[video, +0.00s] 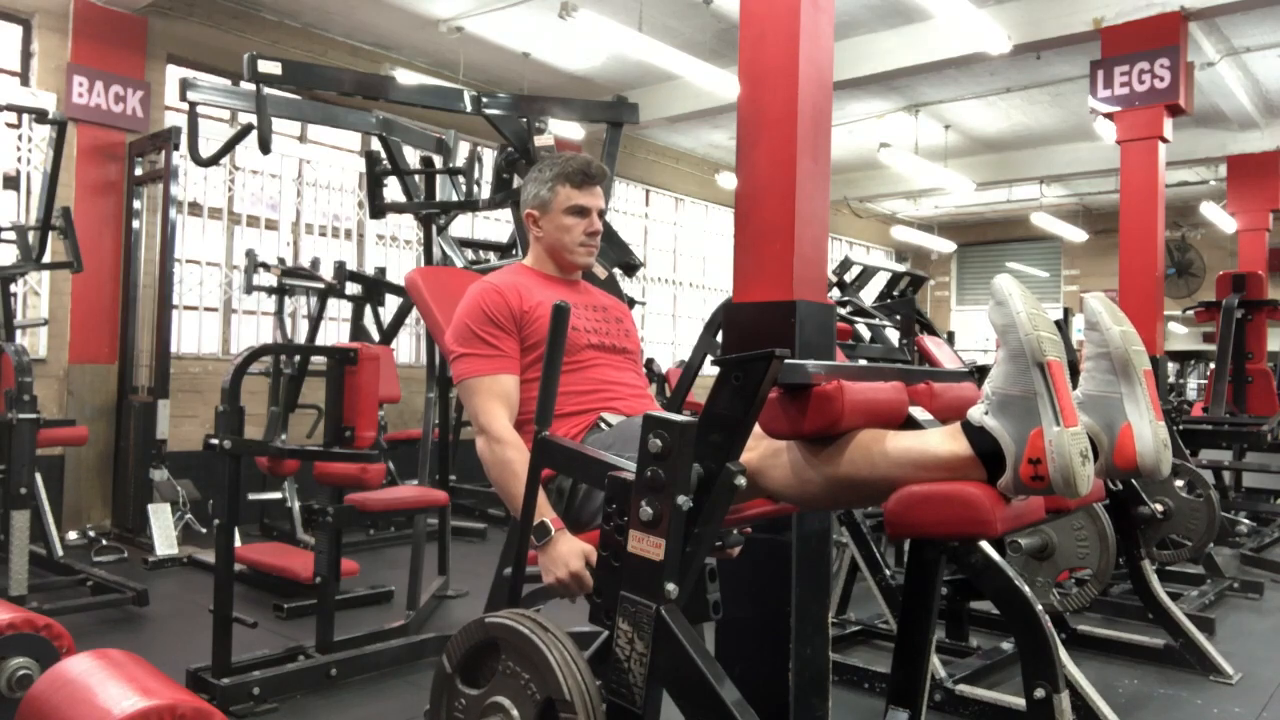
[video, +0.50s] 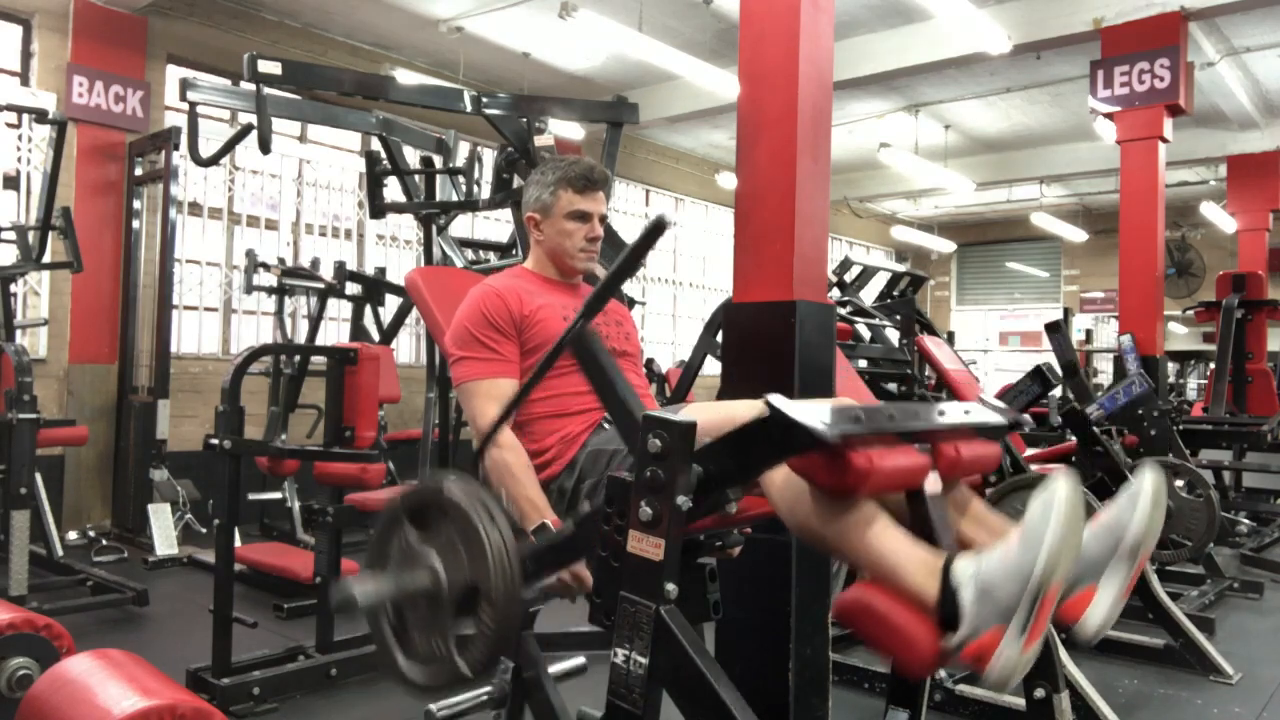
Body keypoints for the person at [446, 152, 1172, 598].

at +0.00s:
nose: (591, 228)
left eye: (597, 216)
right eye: (576, 214)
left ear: (598, 222)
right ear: (530, 216)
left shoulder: (610, 306)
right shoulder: (496, 295)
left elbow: (649, 399)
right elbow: (491, 428)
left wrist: (715, 428)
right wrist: (548, 531)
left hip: (663, 444)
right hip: (586, 465)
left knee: (828, 447)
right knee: (773, 457)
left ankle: (1075, 442)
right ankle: (987, 443)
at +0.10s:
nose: (593, 231)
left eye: (598, 219)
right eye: (578, 216)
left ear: (597, 224)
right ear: (532, 217)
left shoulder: (608, 305)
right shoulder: (496, 295)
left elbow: (647, 399)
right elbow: (491, 428)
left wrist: (712, 433)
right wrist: (547, 531)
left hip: (664, 444)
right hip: (588, 467)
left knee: (826, 444)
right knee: (776, 455)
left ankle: (1065, 452)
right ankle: (995, 450)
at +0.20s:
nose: (593, 234)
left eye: (598, 221)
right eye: (579, 219)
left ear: (597, 225)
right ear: (532, 218)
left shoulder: (607, 305)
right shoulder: (495, 297)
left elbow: (647, 398)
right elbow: (490, 429)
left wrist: (713, 428)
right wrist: (548, 531)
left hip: (659, 443)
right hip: (587, 466)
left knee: (825, 451)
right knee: (773, 452)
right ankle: (985, 466)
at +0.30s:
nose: (593, 234)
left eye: (598, 221)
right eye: (578, 219)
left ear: (598, 226)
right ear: (533, 219)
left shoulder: (608, 306)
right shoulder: (495, 298)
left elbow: (653, 398)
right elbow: (490, 429)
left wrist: (717, 421)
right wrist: (546, 533)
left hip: (656, 442)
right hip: (583, 465)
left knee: (817, 452)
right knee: (774, 455)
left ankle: (999, 501)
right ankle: (993, 504)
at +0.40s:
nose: (592, 236)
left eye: (598, 222)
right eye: (576, 222)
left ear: (600, 223)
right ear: (531, 221)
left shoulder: (603, 299)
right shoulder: (493, 302)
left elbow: (638, 401)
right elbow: (492, 437)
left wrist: (728, 411)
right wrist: (550, 531)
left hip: (654, 442)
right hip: (581, 469)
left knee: (841, 443)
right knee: (768, 443)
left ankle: (1081, 528)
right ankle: (970, 551)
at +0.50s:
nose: (594, 234)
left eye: (601, 222)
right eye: (579, 219)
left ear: (603, 228)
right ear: (533, 221)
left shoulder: (609, 306)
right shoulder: (493, 300)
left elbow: (657, 401)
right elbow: (490, 433)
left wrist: (750, 410)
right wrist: (550, 533)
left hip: (656, 444)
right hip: (591, 463)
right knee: (783, 430)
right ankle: (954, 583)